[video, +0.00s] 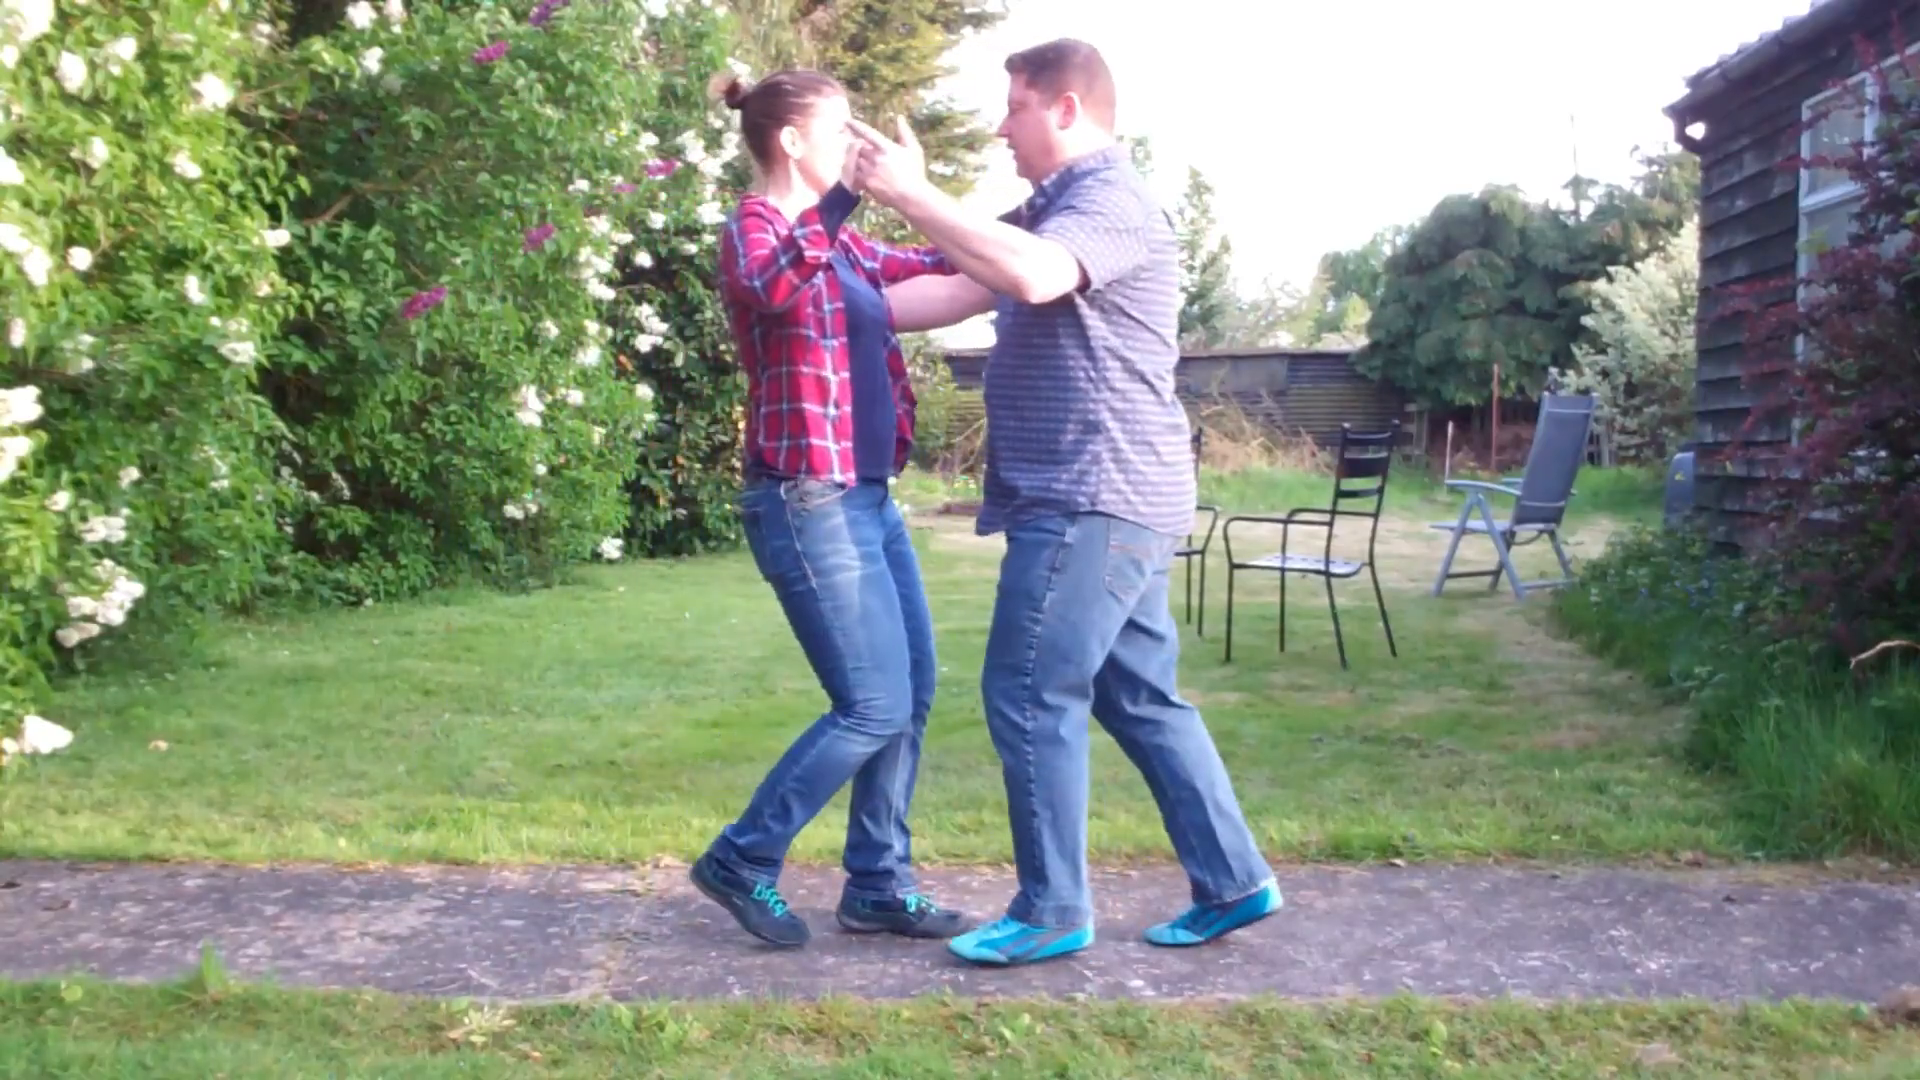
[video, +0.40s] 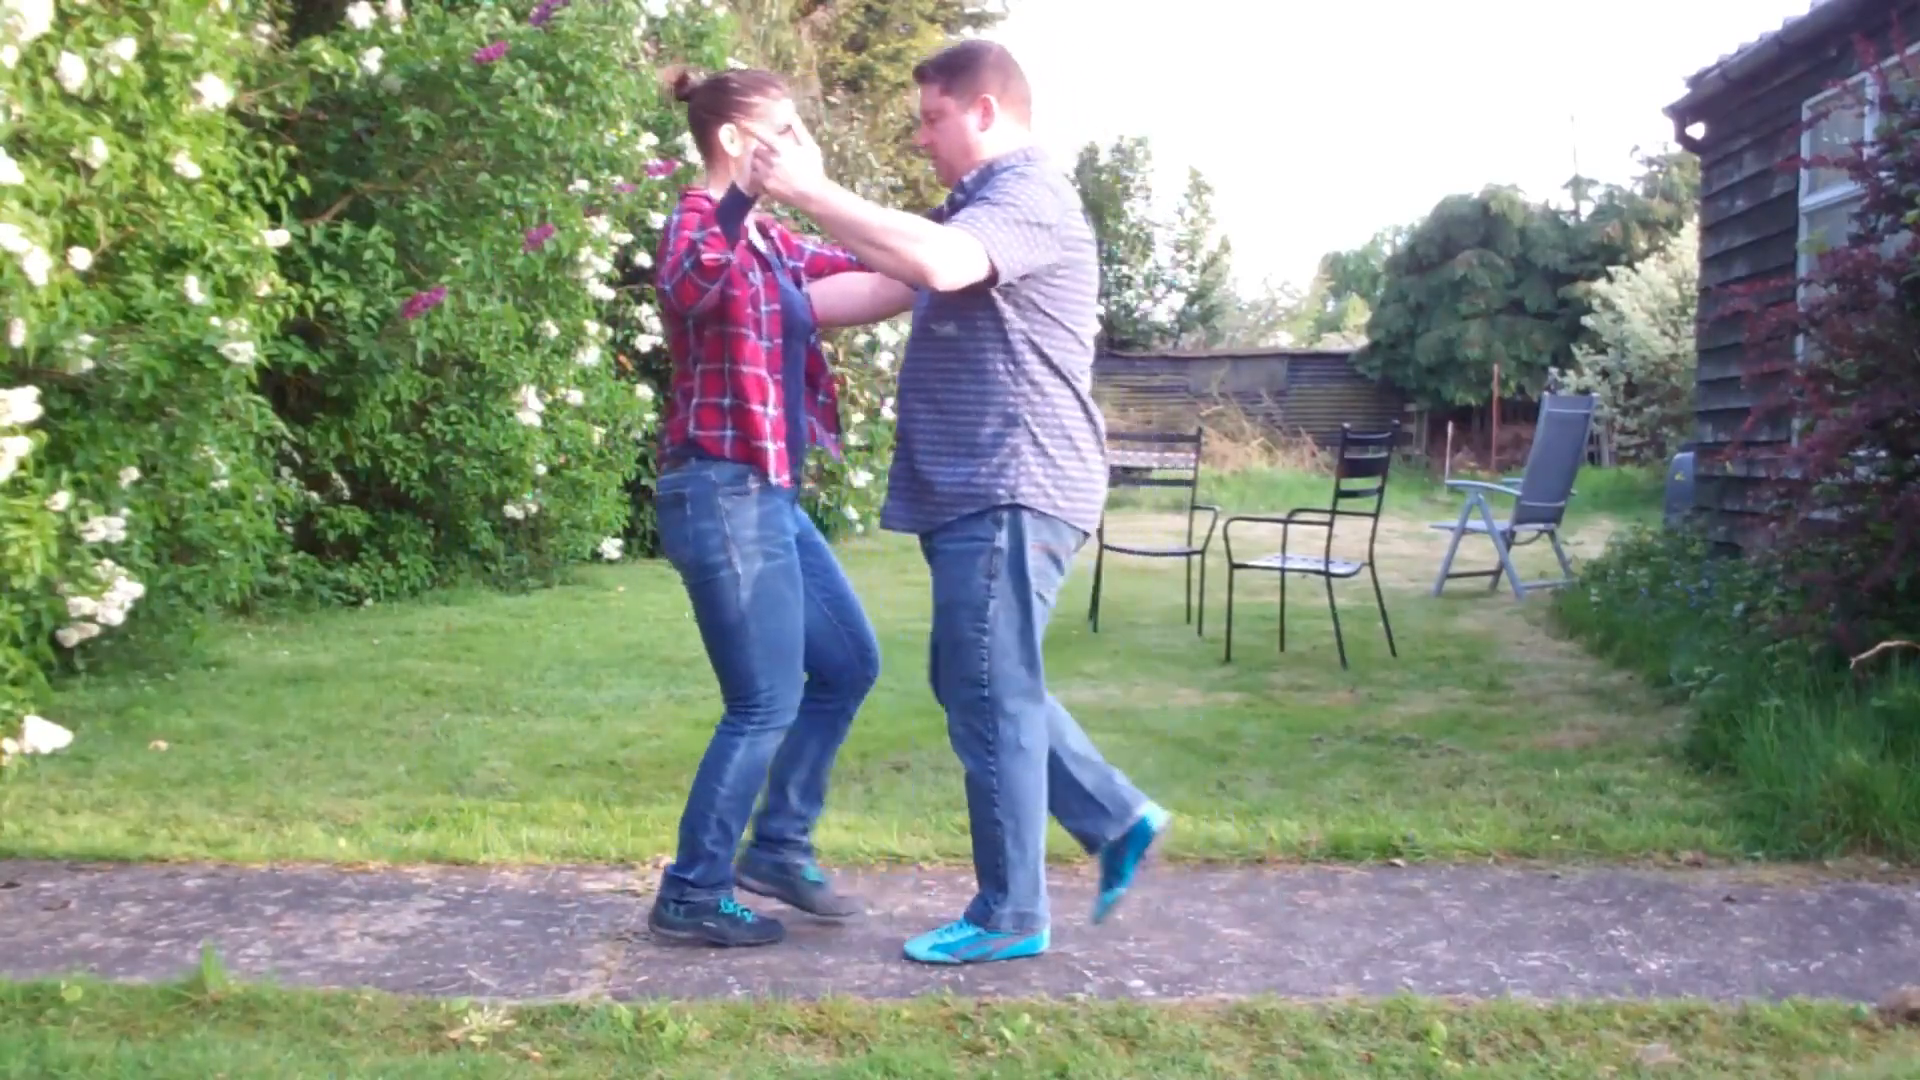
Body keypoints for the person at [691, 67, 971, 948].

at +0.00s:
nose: (855, 146)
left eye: (854, 131)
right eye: (842, 129)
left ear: (805, 143)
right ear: (789, 137)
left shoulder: (840, 239)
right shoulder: (754, 222)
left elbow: (942, 264)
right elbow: (765, 290)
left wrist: (1028, 229)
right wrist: (844, 199)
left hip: (867, 492)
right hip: (803, 497)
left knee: (911, 688)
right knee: (874, 705)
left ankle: (876, 886)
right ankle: (737, 861)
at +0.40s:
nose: (801, 146)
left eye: (799, 130)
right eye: (784, 130)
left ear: (761, 144)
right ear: (731, 139)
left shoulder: (775, 238)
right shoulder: (697, 221)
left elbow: (869, 267)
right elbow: (692, 293)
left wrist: (945, 243)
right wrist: (736, 200)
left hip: (768, 492)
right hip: (717, 492)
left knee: (848, 664)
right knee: (765, 699)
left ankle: (776, 849)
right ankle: (692, 893)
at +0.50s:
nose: (768, 149)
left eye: (765, 133)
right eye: (753, 132)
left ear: (725, 139)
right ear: (704, 135)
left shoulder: (752, 241)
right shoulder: (660, 226)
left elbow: (842, 266)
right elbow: (663, 286)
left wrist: (919, 248)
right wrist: (700, 188)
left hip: (747, 488)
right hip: (694, 487)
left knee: (795, 680)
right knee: (750, 695)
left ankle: (653, 820)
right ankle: (692, 899)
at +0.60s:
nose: (742, 153)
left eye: (743, 137)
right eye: (730, 135)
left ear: (702, 134)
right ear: (680, 131)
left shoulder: (726, 240)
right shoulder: (636, 228)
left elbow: (811, 264)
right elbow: (621, 278)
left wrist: (888, 248)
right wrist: (663, 176)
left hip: (714, 486)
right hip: (674, 486)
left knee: (698, 693)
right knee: (734, 693)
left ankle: (567, 823)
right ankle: (690, 896)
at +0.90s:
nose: (654, 163)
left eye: (653, 148)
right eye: (640, 146)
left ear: (606, 150)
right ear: (591, 148)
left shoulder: (633, 251)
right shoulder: (546, 227)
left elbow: (684, 309)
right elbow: (528, 287)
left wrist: (766, 286)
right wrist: (594, 195)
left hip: (605, 493)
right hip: (556, 490)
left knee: (589, 696)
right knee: (658, 676)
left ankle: (512, 861)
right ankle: (608, 872)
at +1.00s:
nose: (622, 168)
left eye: (621, 152)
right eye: (606, 152)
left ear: (586, 160)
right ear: (556, 159)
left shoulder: (605, 256)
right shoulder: (520, 234)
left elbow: (678, 314)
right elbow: (499, 296)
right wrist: (567, 207)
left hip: (585, 501)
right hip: (530, 499)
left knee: (600, 691)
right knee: (618, 688)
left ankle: (512, 858)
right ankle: (508, 859)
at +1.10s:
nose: (592, 175)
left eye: (594, 159)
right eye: (576, 159)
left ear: (589, 170)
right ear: (526, 166)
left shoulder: (585, 260)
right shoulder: (494, 243)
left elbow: (625, 325)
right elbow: (469, 302)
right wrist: (537, 224)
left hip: (570, 508)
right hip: (507, 512)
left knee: (597, 692)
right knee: (564, 705)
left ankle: (513, 864)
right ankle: (412, 831)